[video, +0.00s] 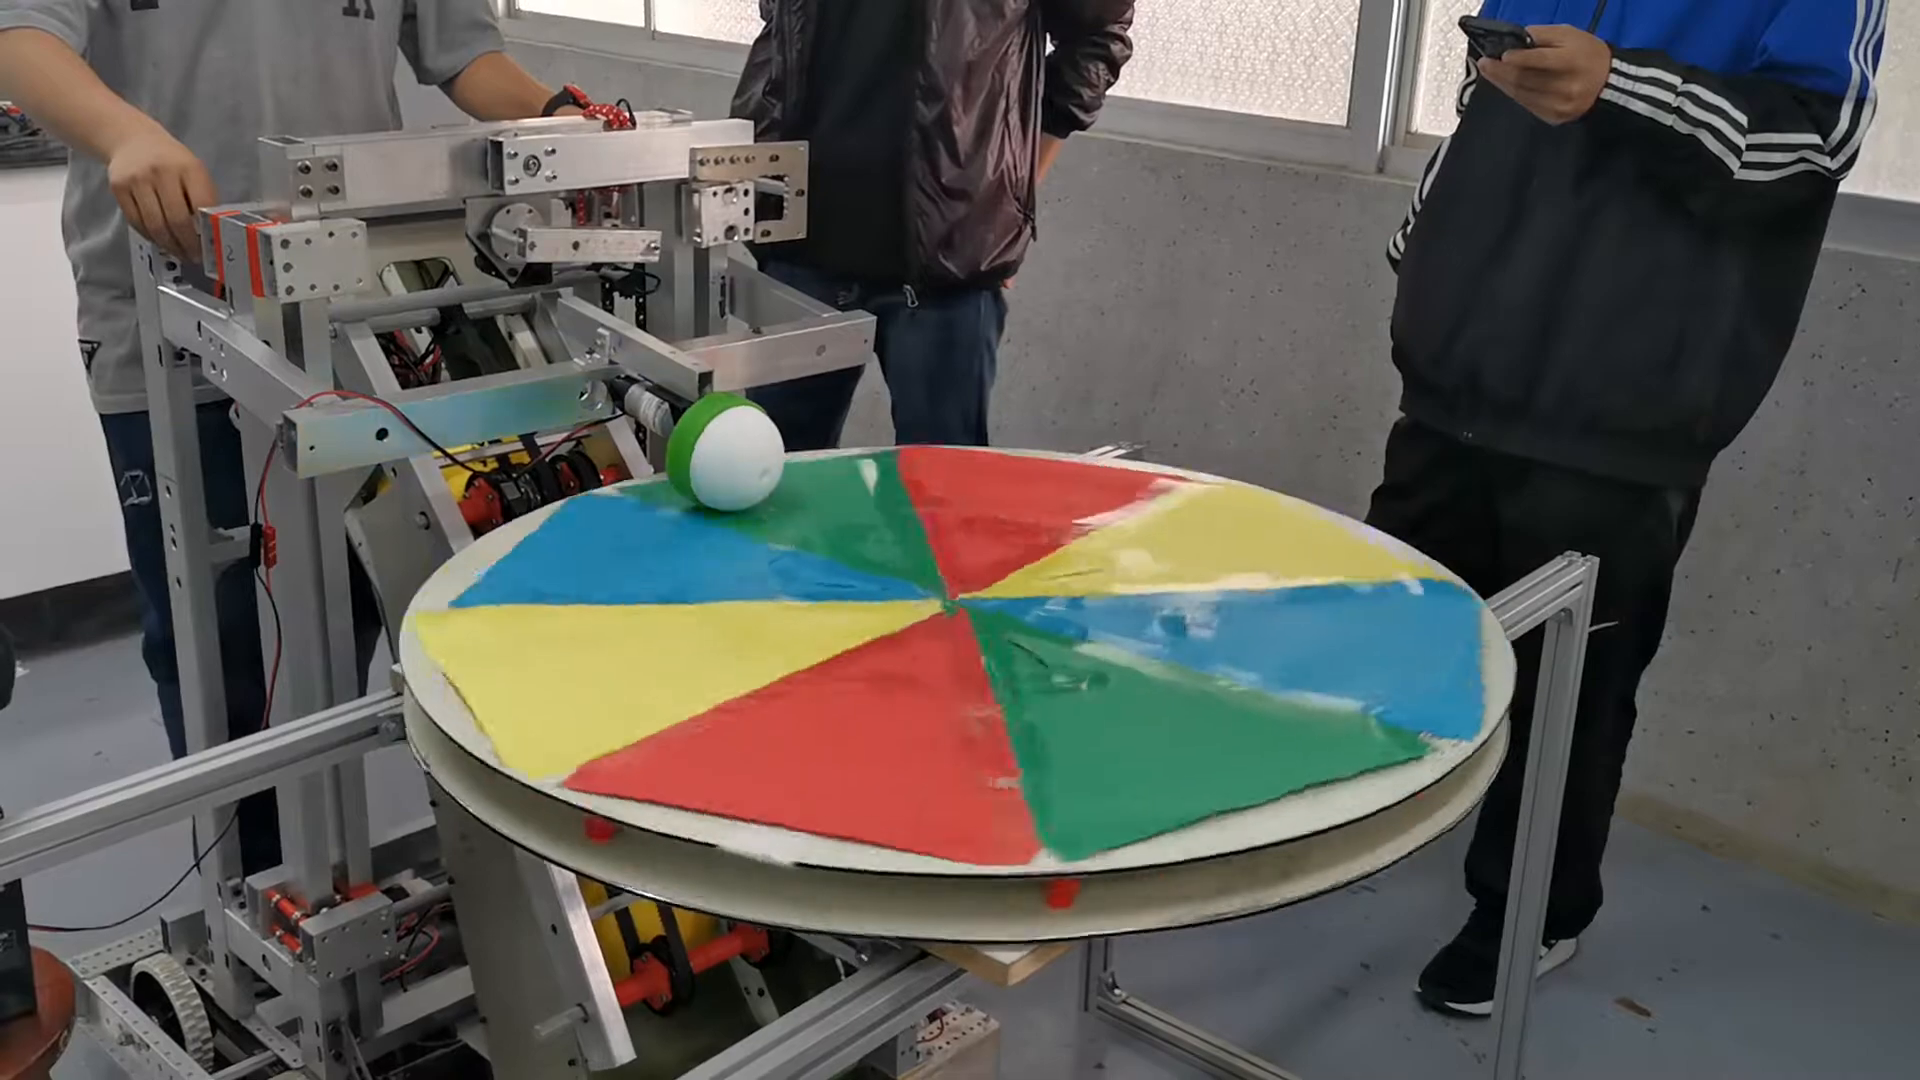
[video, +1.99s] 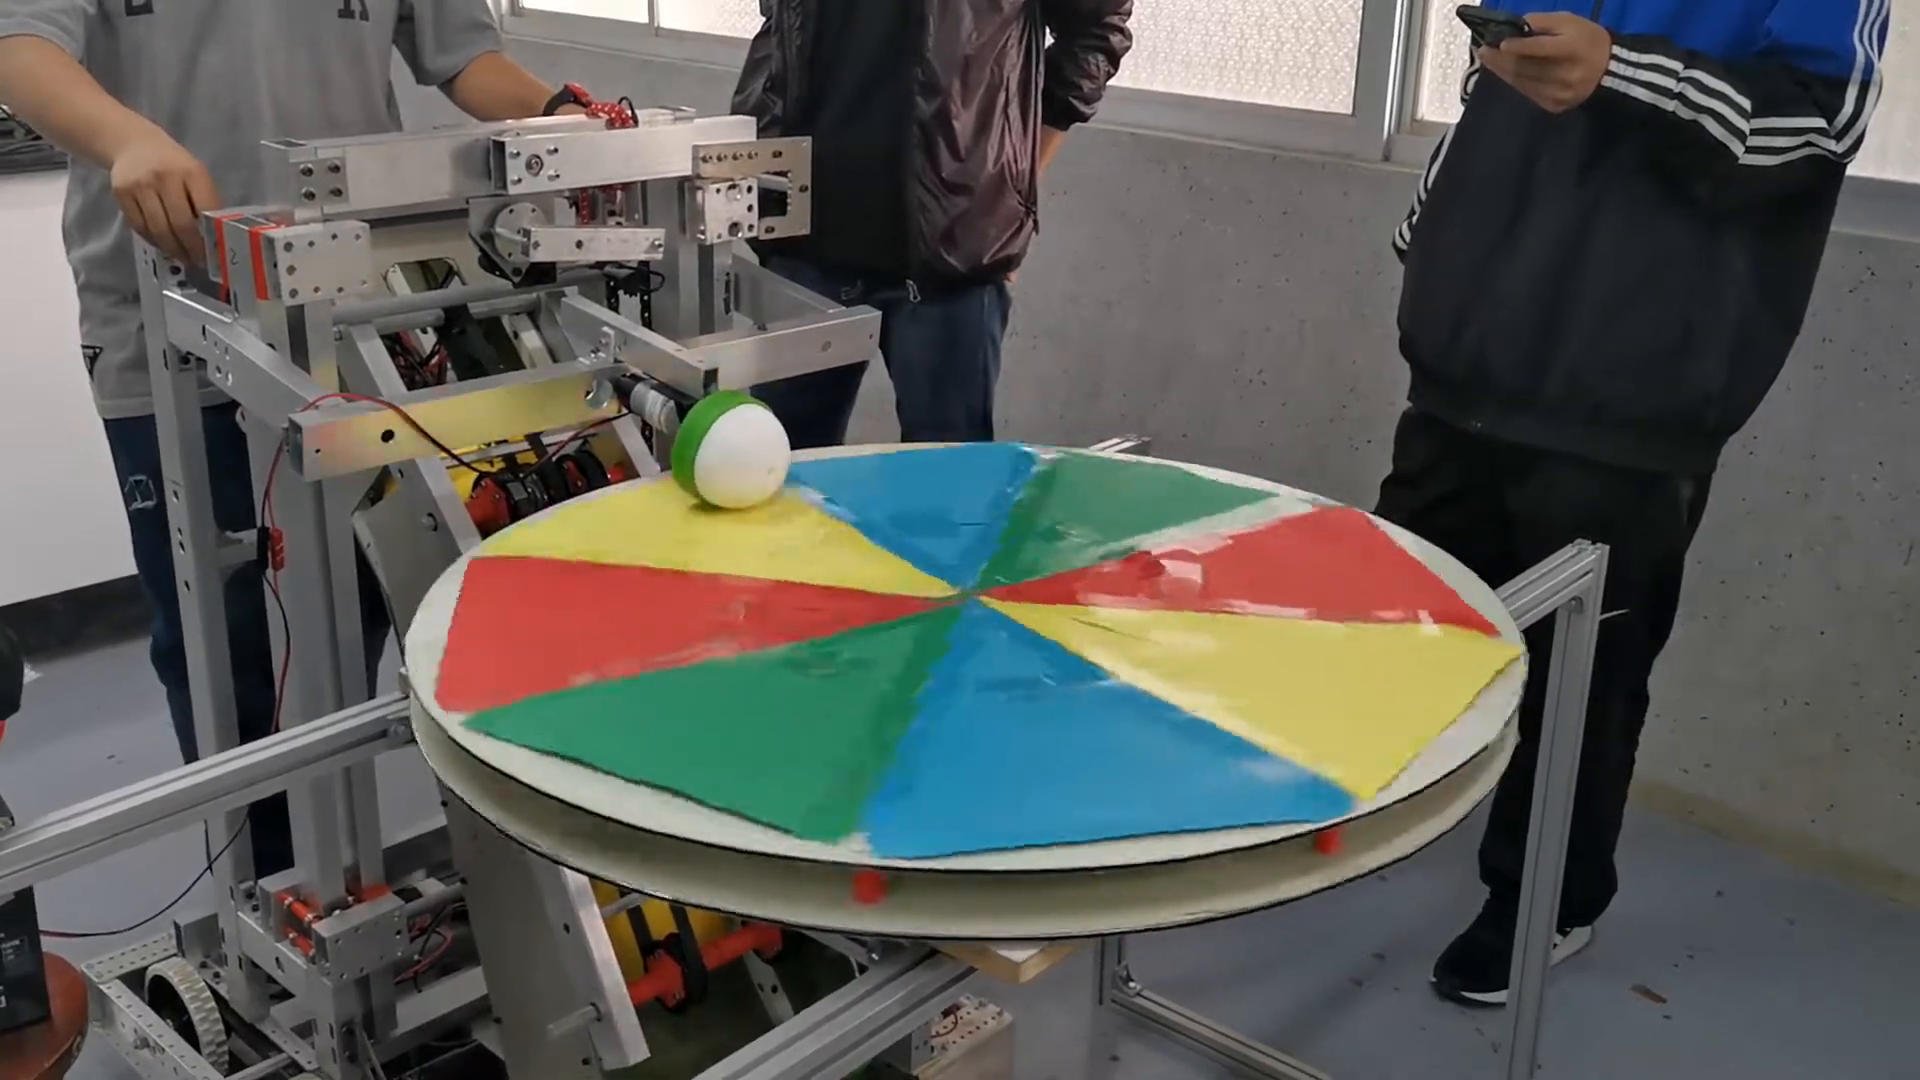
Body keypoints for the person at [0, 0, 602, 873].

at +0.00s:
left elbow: (458, 47)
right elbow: (23, 37)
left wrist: (563, 119)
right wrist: (124, 132)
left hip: (351, 318)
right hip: (164, 325)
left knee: (350, 609)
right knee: (209, 643)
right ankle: (255, 888)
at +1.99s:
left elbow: (456, 49)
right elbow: (21, 47)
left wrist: (556, 111)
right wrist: (125, 137)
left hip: (348, 319)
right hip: (166, 326)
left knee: (354, 605)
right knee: (214, 635)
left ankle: (348, 852)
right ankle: (265, 880)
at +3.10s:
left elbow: (460, 46)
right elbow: (23, 45)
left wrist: (559, 115)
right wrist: (123, 136)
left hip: (347, 313)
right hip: (167, 323)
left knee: (353, 599)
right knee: (214, 628)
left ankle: (345, 845)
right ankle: (262, 876)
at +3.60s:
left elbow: (454, 49)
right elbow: (20, 48)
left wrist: (555, 118)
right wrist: (121, 143)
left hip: (345, 315)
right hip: (166, 325)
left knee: (352, 602)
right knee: (215, 629)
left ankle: (346, 851)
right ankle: (268, 880)